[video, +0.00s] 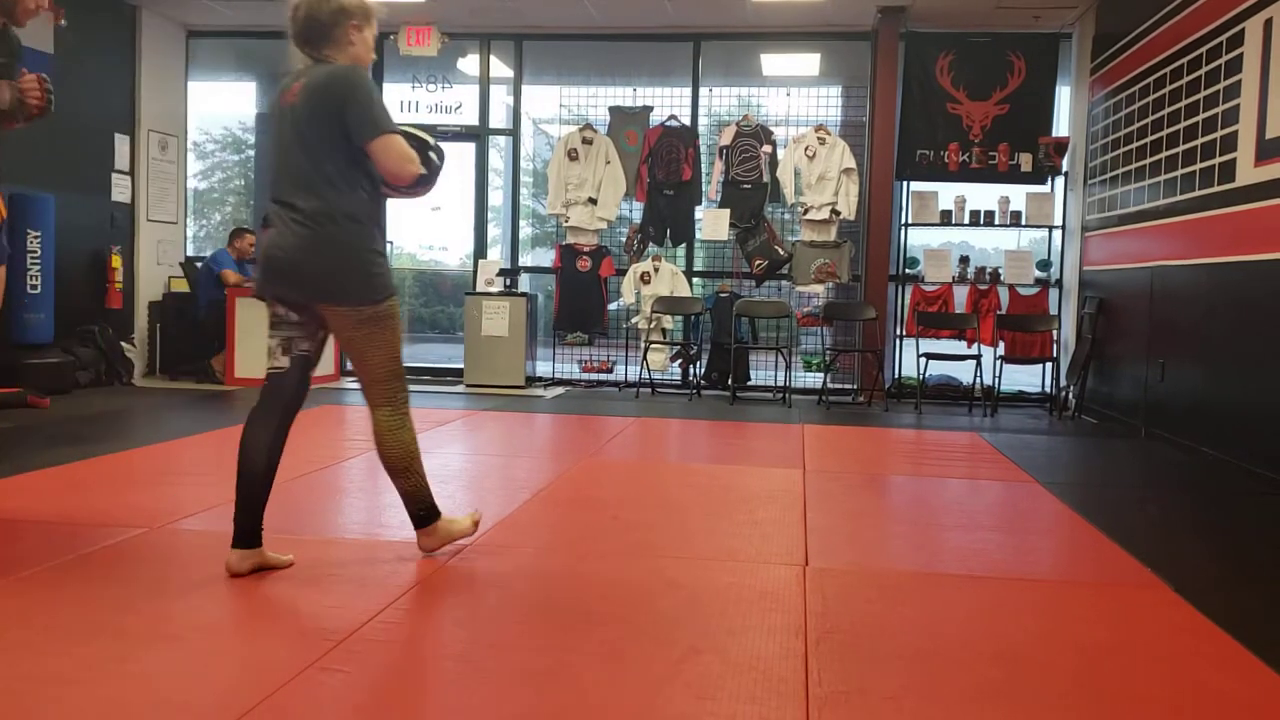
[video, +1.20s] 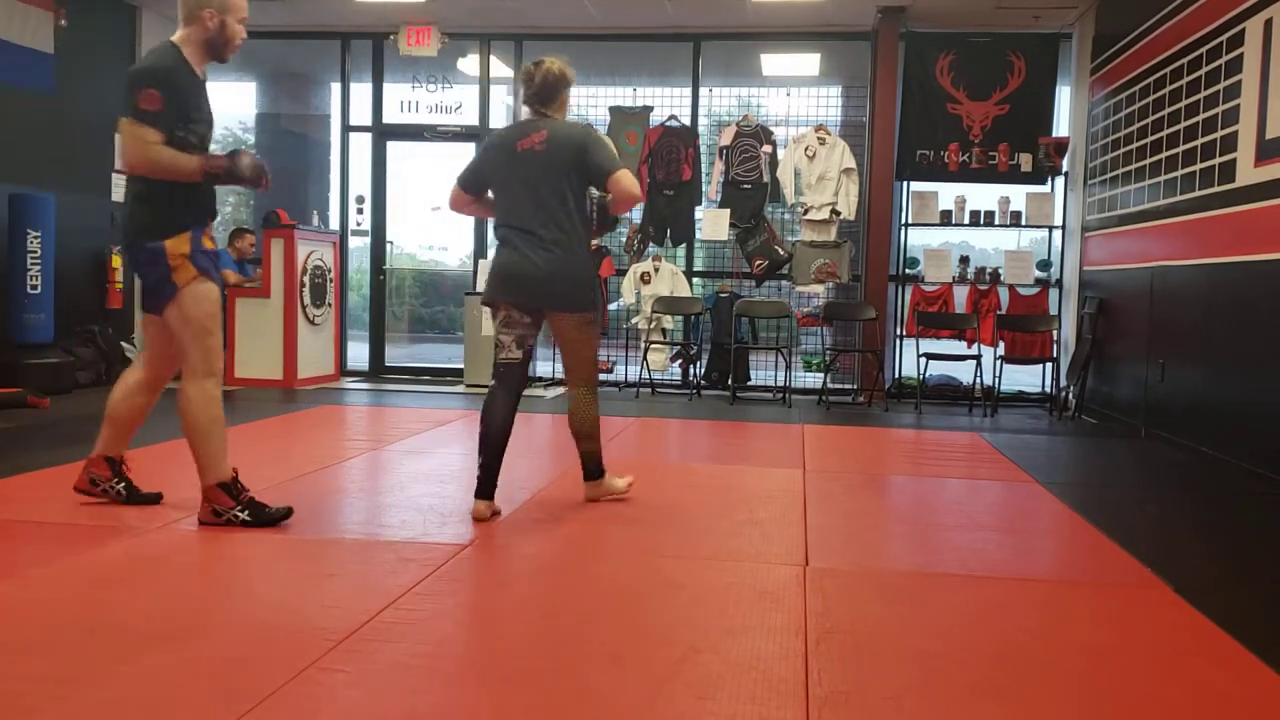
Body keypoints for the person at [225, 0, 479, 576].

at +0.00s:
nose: (373, 45)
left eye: (372, 35)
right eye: (371, 34)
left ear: (310, 38)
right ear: (352, 32)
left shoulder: (289, 93)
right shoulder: (349, 80)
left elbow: (326, 171)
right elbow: (400, 170)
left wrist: (396, 173)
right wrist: (419, 157)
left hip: (284, 259)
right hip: (347, 260)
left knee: (279, 395)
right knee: (388, 397)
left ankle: (245, 545)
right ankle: (429, 524)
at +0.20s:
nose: (436, 51)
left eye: (436, 42)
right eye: (434, 42)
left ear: (375, 45)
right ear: (415, 42)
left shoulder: (345, 99)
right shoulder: (417, 92)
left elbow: (336, 188)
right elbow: (470, 179)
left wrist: (411, 184)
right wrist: (472, 167)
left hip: (352, 253)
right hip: (414, 253)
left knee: (358, 391)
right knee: (434, 394)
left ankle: (278, 509)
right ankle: (437, 530)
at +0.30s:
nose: (456, 52)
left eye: (455, 42)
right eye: (453, 43)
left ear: (393, 47)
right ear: (440, 46)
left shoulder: (368, 100)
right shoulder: (448, 95)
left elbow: (349, 186)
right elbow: (501, 177)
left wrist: (414, 183)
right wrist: (473, 188)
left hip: (378, 257)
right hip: (438, 255)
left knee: (402, 386)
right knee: (444, 393)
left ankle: (334, 492)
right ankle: (436, 530)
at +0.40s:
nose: (469, 55)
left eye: (467, 46)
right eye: (468, 47)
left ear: (412, 50)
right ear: (461, 49)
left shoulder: (385, 102)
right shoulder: (475, 98)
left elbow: (353, 179)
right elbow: (529, 172)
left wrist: (401, 183)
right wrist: (511, 186)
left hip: (396, 256)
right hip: (458, 255)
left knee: (428, 376)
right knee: (449, 393)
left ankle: (400, 498)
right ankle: (436, 528)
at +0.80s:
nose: (509, 77)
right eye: (510, 71)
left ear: (462, 75)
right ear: (507, 75)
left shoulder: (437, 125)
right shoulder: (528, 116)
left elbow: (396, 189)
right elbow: (592, 170)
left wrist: (449, 195)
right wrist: (555, 193)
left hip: (457, 267)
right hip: (515, 265)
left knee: (479, 379)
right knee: (514, 385)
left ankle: (484, 498)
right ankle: (461, 489)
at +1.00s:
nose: (534, 83)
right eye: (533, 76)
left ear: (487, 79)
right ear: (531, 79)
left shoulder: (464, 127)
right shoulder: (549, 120)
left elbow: (423, 187)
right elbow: (609, 170)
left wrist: (474, 196)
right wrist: (575, 200)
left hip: (481, 268)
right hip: (541, 268)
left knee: (489, 378)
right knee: (564, 371)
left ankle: (483, 500)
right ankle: (543, 486)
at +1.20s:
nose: (569, 101)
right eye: (569, 95)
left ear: (525, 96)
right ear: (566, 97)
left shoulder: (500, 142)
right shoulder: (583, 137)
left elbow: (461, 201)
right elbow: (628, 192)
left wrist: (508, 209)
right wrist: (601, 217)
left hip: (512, 273)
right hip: (570, 276)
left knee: (506, 379)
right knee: (582, 383)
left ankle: (483, 497)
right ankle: (595, 480)